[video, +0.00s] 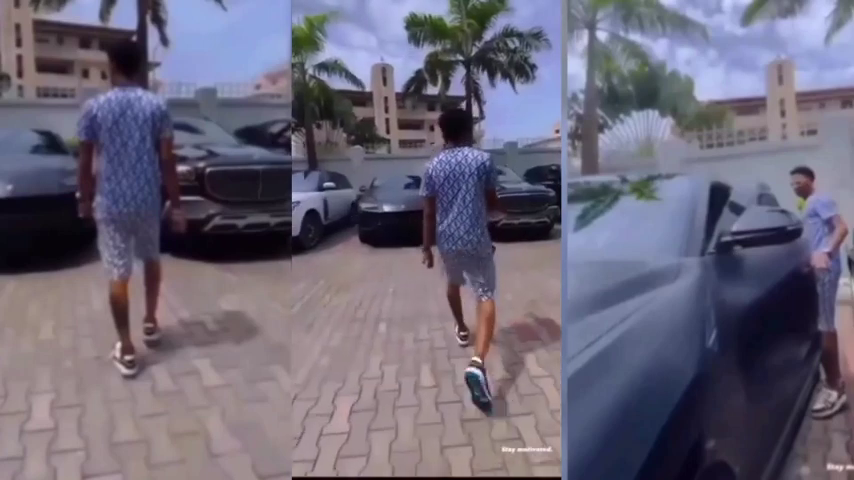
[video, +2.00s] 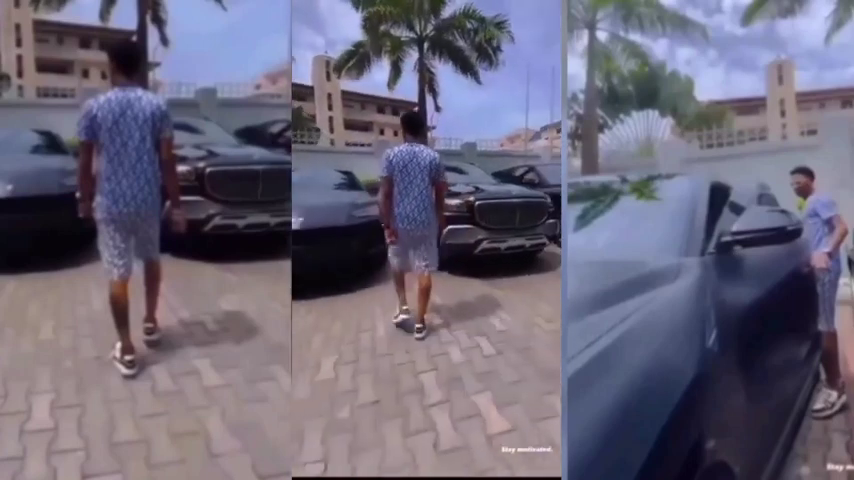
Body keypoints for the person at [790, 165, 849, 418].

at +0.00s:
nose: (796, 188)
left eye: (799, 183)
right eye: (794, 185)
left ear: (811, 181)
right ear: (796, 185)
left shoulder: (821, 201)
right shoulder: (808, 206)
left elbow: (841, 228)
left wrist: (827, 252)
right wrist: (809, 256)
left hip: (825, 269)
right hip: (814, 269)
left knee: (825, 328)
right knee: (821, 327)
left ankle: (835, 388)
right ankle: (831, 385)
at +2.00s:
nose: (796, 188)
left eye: (799, 183)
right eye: (794, 185)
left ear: (811, 181)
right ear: (796, 185)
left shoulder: (821, 201)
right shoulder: (808, 206)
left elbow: (841, 228)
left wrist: (827, 252)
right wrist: (809, 256)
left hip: (825, 269)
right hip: (814, 269)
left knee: (825, 328)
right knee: (821, 327)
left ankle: (835, 388)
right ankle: (831, 385)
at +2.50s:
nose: (796, 188)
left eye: (799, 183)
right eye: (794, 185)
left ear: (811, 181)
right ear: (796, 185)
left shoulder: (821, 201)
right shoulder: (808, 206)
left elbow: (841, 228)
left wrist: (827, 252)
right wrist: (809, 256)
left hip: (825, 268)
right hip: (814, 269)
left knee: (825, 327)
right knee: (821, 327)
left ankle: (835, 388)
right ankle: (831, 385)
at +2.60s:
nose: (796, 188)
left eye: (799, 183)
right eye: (794, 185)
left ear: (811, 181)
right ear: (796, 185)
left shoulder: (821, 201)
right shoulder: (808, 206)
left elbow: (841, 228)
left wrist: (827, 252)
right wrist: (809, 256)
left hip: (825, 269)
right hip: (814, 269)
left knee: (825, 328)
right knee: (821, 327)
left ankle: (835, 388)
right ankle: (831, 385)